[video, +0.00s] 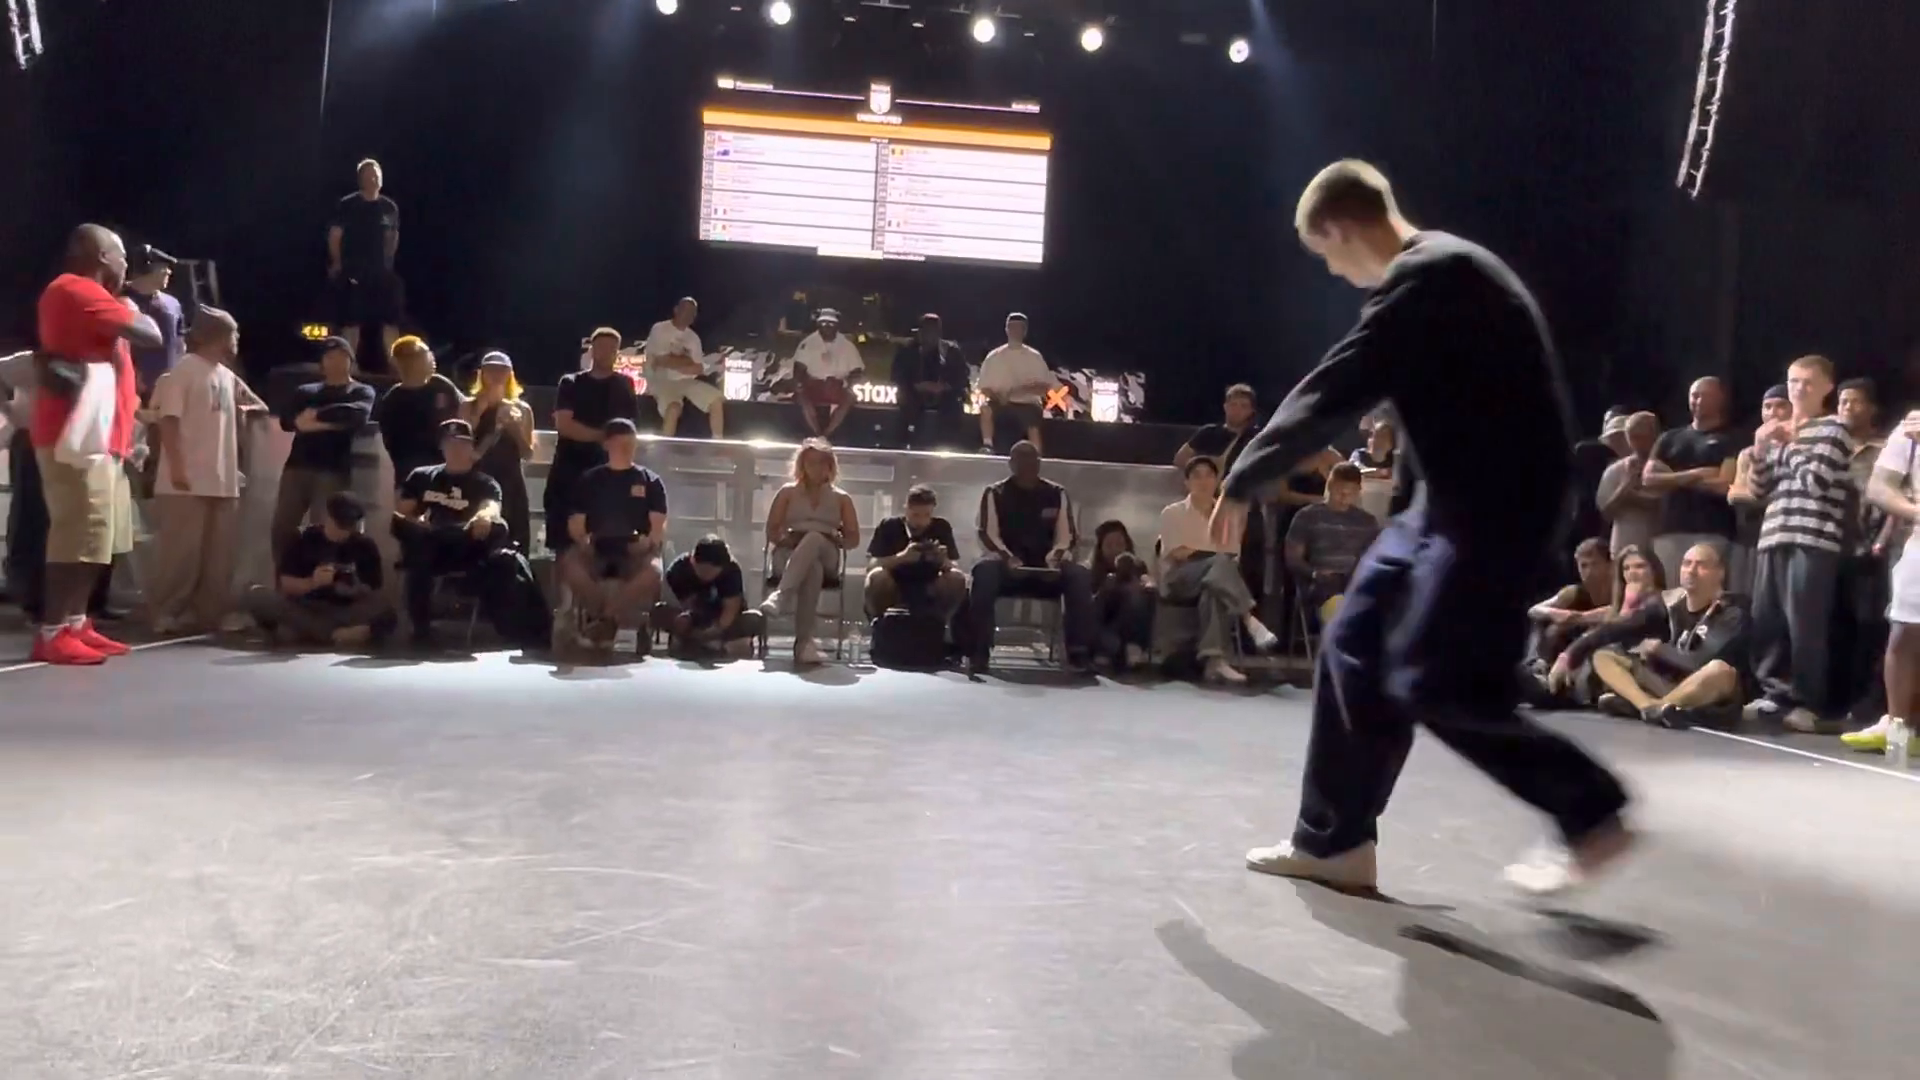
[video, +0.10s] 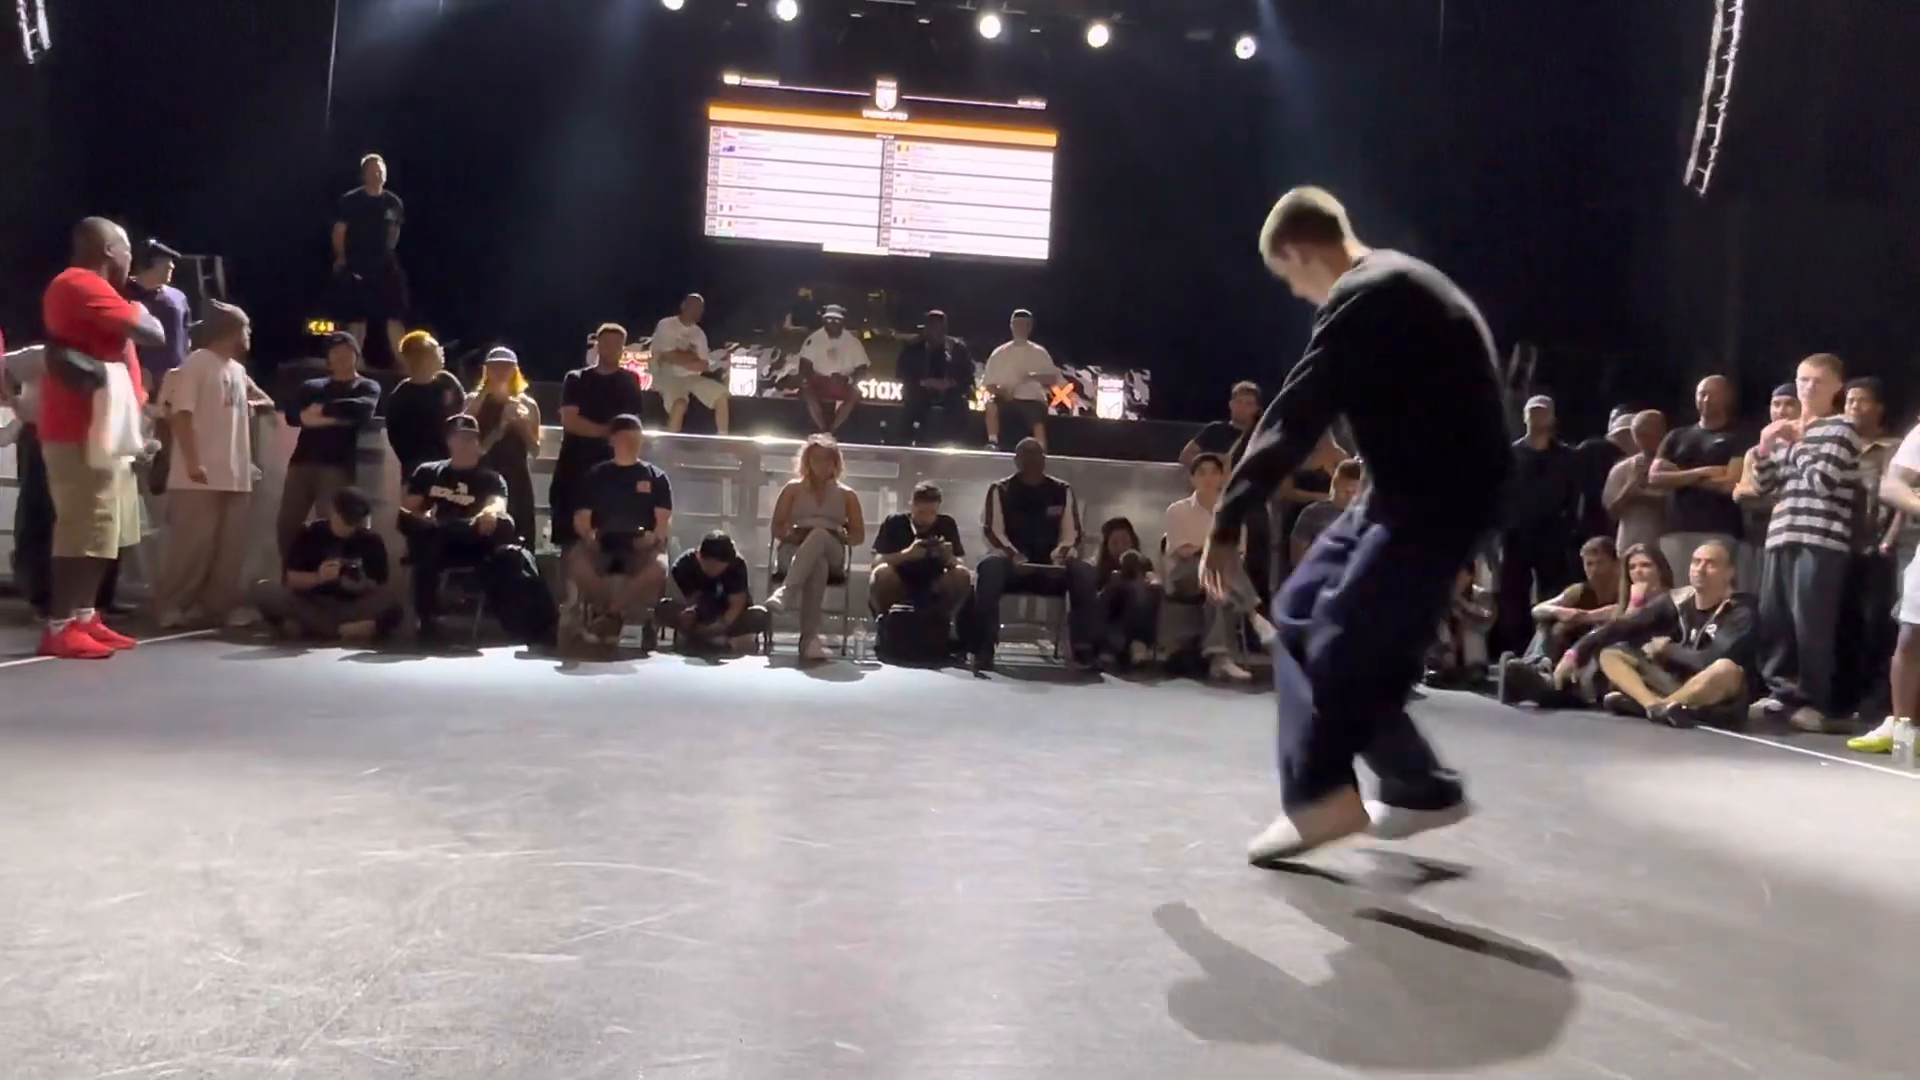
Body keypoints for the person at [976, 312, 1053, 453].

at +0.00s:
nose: (1015, 331)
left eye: (1019, 327)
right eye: (1011, 327)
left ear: (1025, 331)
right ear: (1006, 330)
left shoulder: (1034, 356)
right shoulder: (993, 356)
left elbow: (1045, 386)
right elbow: (983, 386)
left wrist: (1021, 390)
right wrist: (994, 396)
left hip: (1026, 403)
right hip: (1001, 402)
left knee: (1032, 416)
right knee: (985, 409)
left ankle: (1036, 458)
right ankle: (987, 446)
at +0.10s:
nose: (1020, 328)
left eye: (1024, 324)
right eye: (1016, 324)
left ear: (1030, 327)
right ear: (1011, 327)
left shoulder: (1039, 352)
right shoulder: (999, 353)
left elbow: (1054, 378)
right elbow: (988, 382)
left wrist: (1034, 377)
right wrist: (999, 392)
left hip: (1032, 398)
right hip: (1007, 397)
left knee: (1036, 417)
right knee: (991, 406)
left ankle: (1041, 453)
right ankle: (992, 442)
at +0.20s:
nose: (1026, 326)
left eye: (1030, 322)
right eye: (1022, 321)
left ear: (1036, 325)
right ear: (1017, 324)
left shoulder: (1044, 348)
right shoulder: (1004, 350)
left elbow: (1060, 374)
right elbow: (993, 380)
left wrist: (1042, 359)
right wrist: (1004, 389)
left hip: (1038, 396)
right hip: (1013, 394)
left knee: (1042, 419)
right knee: (996, 402)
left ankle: (1047, 453)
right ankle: (997, 440)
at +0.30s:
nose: (1032, 323)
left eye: (1035, 319)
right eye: (1028, 319)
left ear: (1041, 322)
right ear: (1022, 321)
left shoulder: (1048, 344)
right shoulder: (1009, 346)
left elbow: (1062, 369)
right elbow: (998, 376)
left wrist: (1048, 348)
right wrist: (1009, 386)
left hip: (1042, 393)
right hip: (1017, 392)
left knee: (1046, 412)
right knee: (1000, 399)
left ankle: (1050, 450)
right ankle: (1001, 437)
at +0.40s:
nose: (1036, 318)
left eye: (1040, 314)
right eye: (1032, 314)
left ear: (1046, 318)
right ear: (1026, 317)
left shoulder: (1052, 341)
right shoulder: (1014, 343)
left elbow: (1066, 355)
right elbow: (1002, 373)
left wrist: (1051, 339)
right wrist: (1014, 383)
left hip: (1047, 390)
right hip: (1022, 388)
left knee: (1052, 413)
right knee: (1005, 396)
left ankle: (1055, 448)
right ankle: (1006, 433)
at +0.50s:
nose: (1041, 316)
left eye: (1045, 313)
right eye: (1037, 312)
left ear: (1051, 316)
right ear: (1031, 315)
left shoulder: (1057, 339)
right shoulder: (1018, 341)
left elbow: (1070, 353)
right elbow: (1006, 371)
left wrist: (1054, 335)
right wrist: (1018, 381)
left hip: (1051, 388)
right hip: (1025, 387)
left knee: (1056, 412)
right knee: (1008, 393)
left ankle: (1059, 446)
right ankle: (1010, 431)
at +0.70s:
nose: (1045, 313)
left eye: (1049, 309)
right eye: (1042, 309)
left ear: (1056, 313)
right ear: (1037, 312)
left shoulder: (1063, 335)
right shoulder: (1024, 338)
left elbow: (1076, 349)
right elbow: (1012, 367)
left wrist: (1059, 330)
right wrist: (1025, 380)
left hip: (1057, 387)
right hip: (1031, 387)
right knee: (1014, 391)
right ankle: (1016, 427)